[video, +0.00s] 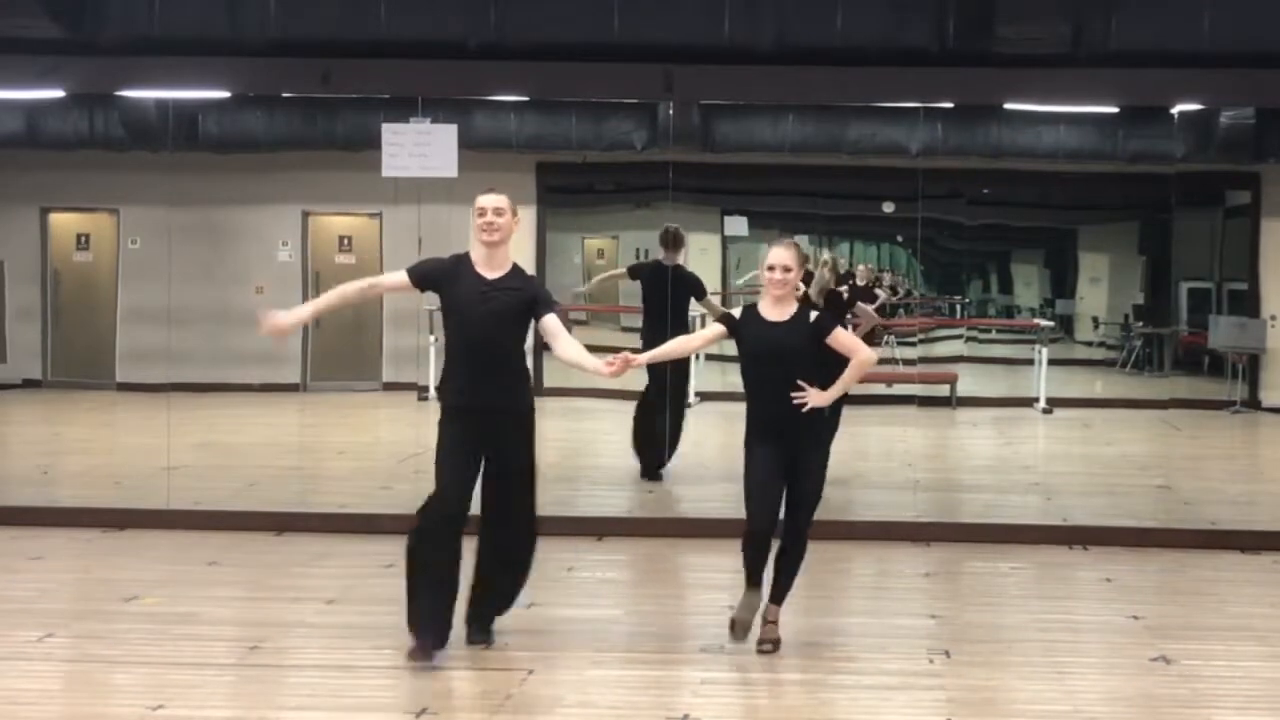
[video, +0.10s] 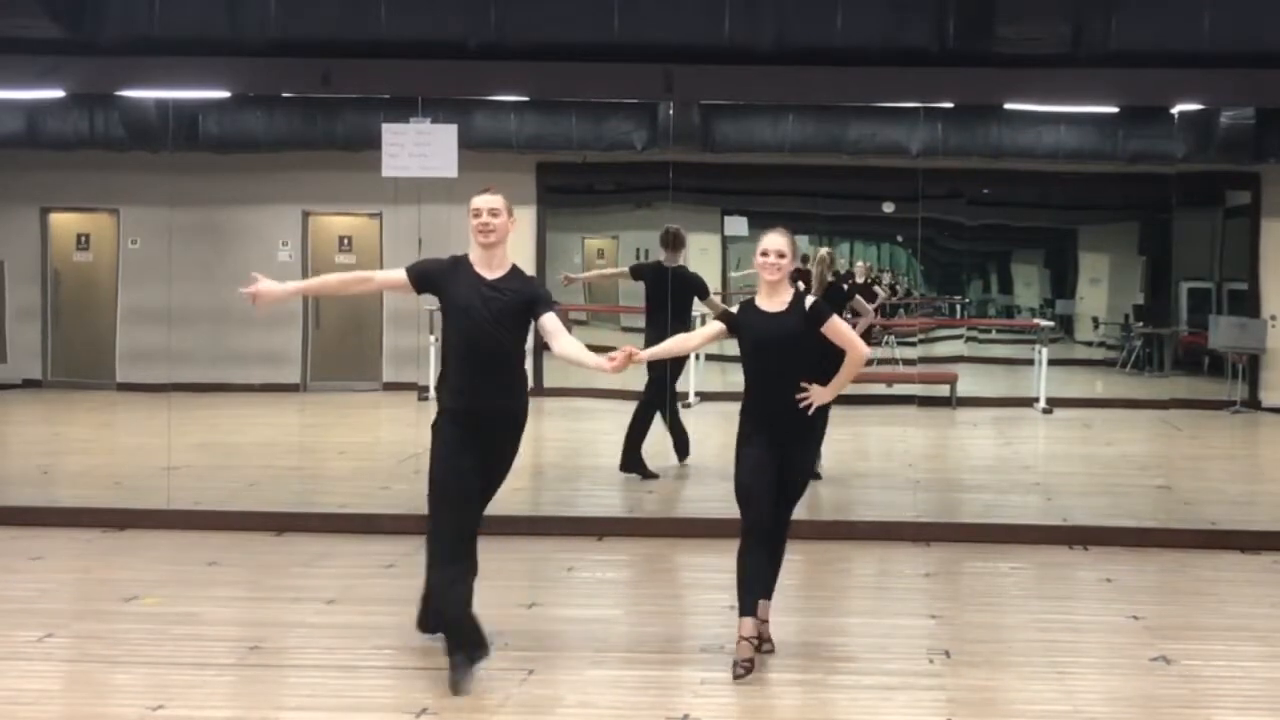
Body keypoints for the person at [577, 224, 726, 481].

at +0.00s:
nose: (679, 249)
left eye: (671, 245)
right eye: (681, 245)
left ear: (661, 245)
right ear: (683, 246)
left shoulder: (646, 269)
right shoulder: (688, 278)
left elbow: (609, 276)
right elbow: (712, 307)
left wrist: (588, 287)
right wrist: (729, 319)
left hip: (651, 344)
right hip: (679, 347)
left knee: (654, 393)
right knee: (674, 402)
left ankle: (646, 452)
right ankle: (659, 457)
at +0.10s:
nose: (675, 250)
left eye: (670, 245)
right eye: (680, 245)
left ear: (662, 246)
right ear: (683, 247)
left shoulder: (649, 270)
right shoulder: (691, 279)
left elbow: (611, 273)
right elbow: (715, 307)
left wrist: (578, 277)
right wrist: (734, 317)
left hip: (653, 345)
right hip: (679, 348)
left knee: (665, 397)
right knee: (652, 398)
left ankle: (681, 444)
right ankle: (631, 455)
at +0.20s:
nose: (676, 251)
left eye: (670, 246)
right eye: (681, 246)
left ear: (664, 247)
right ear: (685, 248)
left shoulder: (653, 270)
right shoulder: (692, 280)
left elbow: (611, 271)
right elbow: (717, 306)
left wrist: (579, 271)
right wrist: (738, 316)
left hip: (656, 345)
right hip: (679, 348)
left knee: (672, 399)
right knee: (649, 400)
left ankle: (687, 450)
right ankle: (629, 454)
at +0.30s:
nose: (677, 248)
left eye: (671, 243)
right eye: (684, 243)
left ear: (667, 245)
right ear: (687, 246)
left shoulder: (655, 268)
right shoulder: (695, 277)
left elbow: (615, 269)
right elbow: (717, 305)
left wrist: (581, 270)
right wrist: (737, 313)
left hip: (656, 343)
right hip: (679, 346)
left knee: (672, 399)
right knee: (653, 399)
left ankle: (682, 455)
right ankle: (632, 453)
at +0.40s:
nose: (678, 248)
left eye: (672, 243)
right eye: (686, 243)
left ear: (668, 245)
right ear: (689, 246)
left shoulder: (656, 267)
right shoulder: (698, 276)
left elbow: (618, 269)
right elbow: (720, 306)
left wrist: (582, 270)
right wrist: (738, 313)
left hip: (655, 341)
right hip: (681, 343)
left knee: (669, 396)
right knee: (657, 395)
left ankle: (678, 454)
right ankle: (635, 451)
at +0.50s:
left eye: (673, 242)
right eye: (687, 242)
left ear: (669, 245)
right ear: (690, 245)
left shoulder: (658, 268)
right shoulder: (700, 276)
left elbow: (619, 270)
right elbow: (721, 307)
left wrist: (583, 271)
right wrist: (737, 312)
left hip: (657, 341)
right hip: (684, 343)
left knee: (668, 396)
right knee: (664, 395)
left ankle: (676, 455)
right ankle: (641, 450)